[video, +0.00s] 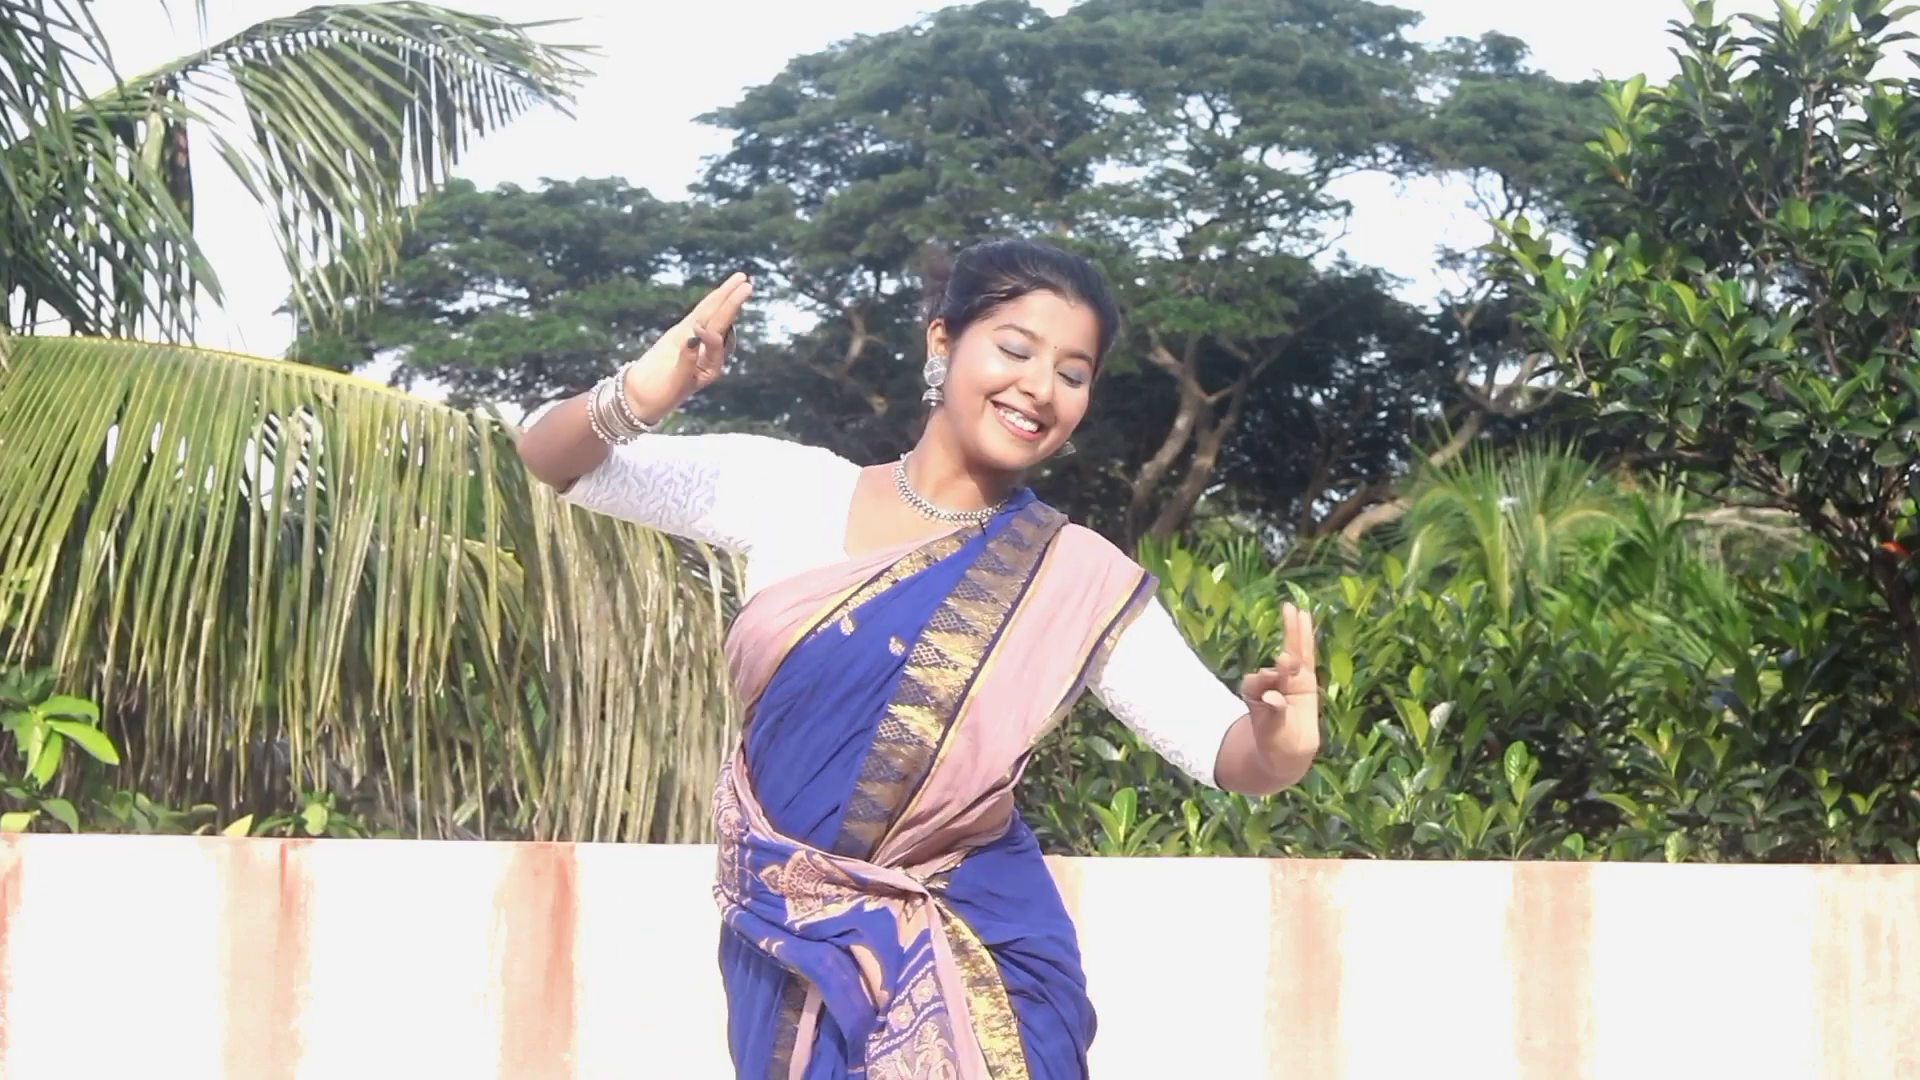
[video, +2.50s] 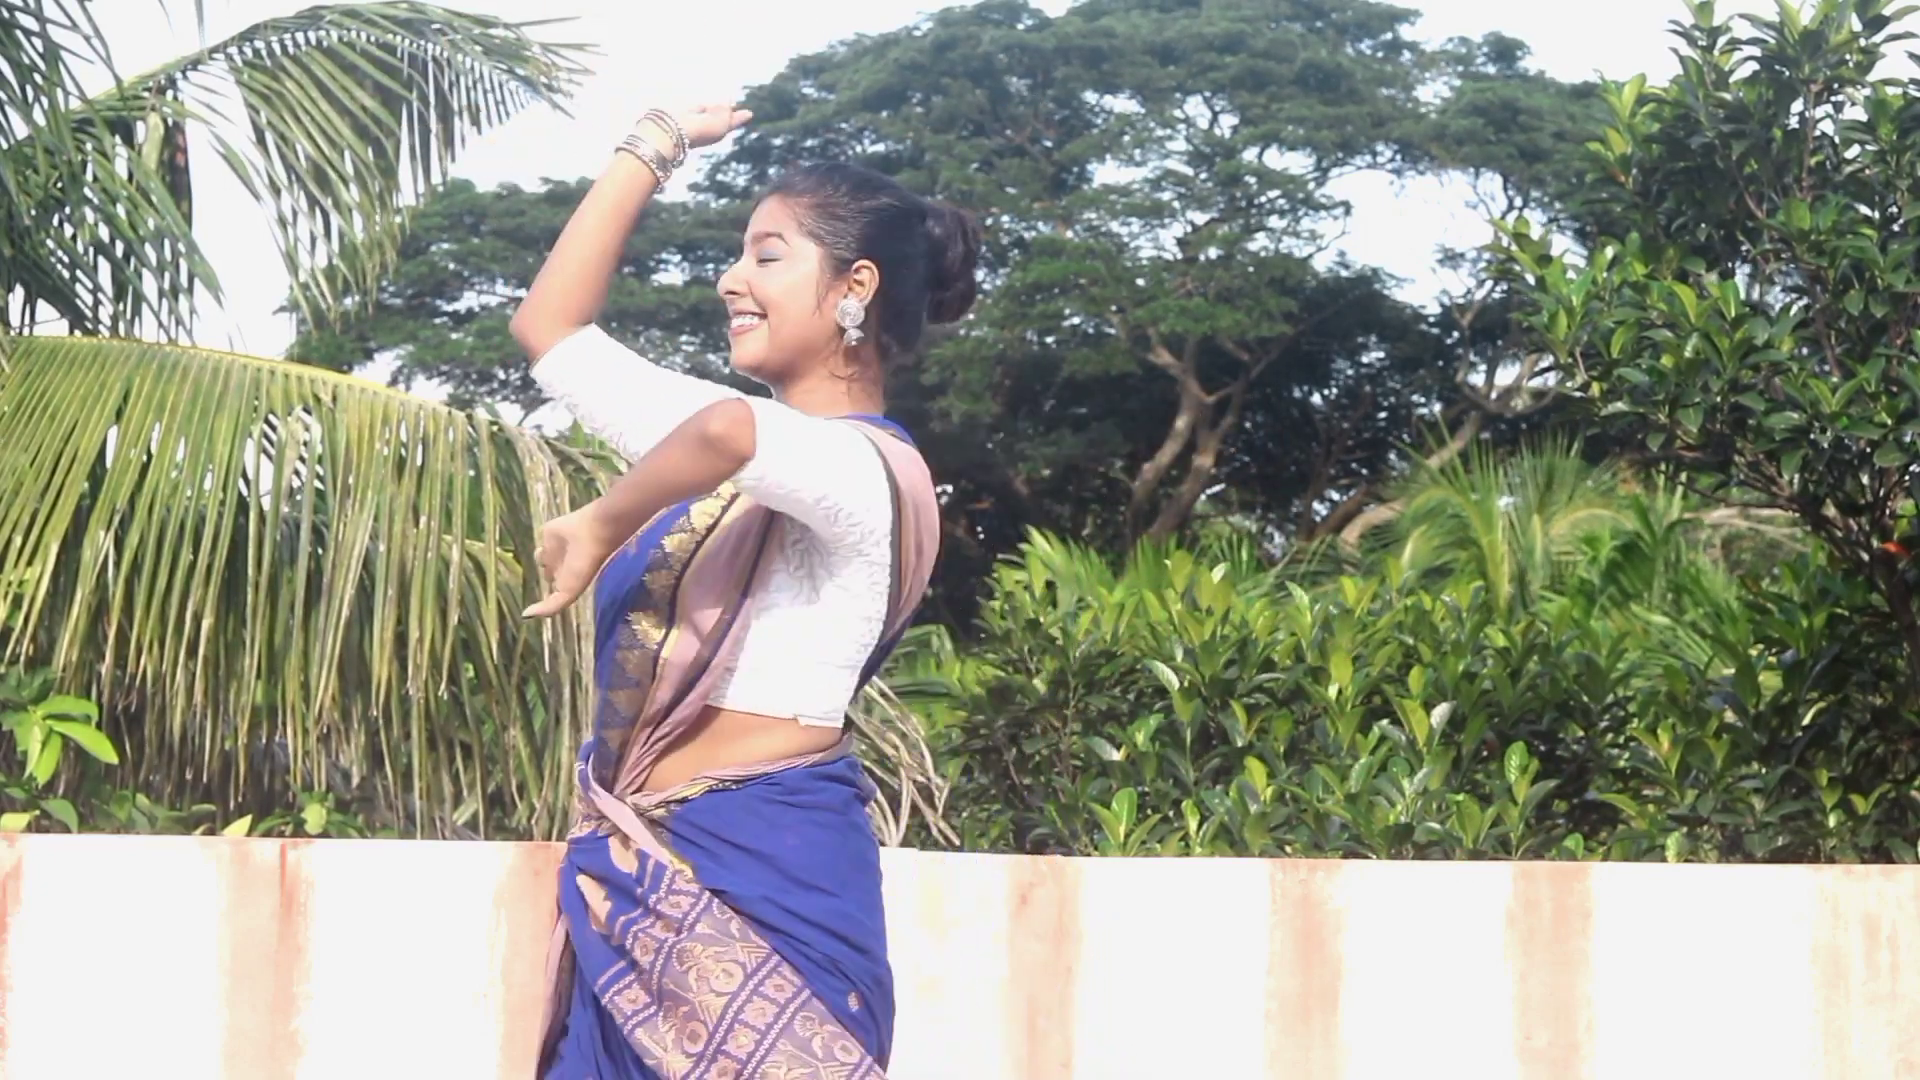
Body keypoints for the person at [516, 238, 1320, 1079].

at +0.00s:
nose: (1040, 386)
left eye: (1071, 372)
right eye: (1014, 348)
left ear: (1084, 406)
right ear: (942, 346)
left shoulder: (1084, 576)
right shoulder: (787, 490)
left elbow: (1226, 752)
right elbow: (546, 455)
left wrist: (1284, 741)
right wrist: (641, 392)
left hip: (978, 944)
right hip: (790, 938)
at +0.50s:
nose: (1131, 453)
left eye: (1157, 441)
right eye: (1110, 413)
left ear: (1163, 471)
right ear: (1021, 398)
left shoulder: (1116, 624)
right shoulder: (863, 517)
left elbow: (1296, 750)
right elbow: (675, 386)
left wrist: (1493, 848)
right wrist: (527, 222)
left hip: (1004, 985)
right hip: (831, 986)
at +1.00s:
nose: (1057, 362)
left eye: (1083, 339)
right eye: (1023, 331)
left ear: (1103, 368)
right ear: (955, 348)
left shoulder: (1113, 557)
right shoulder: (824, 474)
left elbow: (1273, 652)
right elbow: (605, 429)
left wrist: (1378, 665)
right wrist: (627, 413)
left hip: (1008, 909)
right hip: (818, 909)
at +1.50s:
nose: (872, 359)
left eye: (880, 319)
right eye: (827, 360)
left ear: (928, 325)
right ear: (805, 411)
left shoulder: (1044, 497)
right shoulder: (793, 501)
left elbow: (1288, 521)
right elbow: (877, 543)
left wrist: (1100, 573)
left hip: (1012, 940)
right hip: (823, 929)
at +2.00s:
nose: (803, 323)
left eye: (816, 284)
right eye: (766, 326)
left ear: (882, 292)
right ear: (751, 376)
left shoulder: (1024, 461)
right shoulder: (764, 487)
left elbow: (1242, 426)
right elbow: (718, 375)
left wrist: (1067, 529)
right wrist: (632, 157)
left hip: (972, 930)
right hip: (769, 917)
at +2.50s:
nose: (730, 280)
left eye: (768, 255)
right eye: (740, 256)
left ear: (856, 290)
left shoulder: (866, 464)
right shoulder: (726, 436)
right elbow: (551, 325)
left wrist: (600, 524)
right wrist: (650, 148)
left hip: (765, 869)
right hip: (637, 862)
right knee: (608, 1063)